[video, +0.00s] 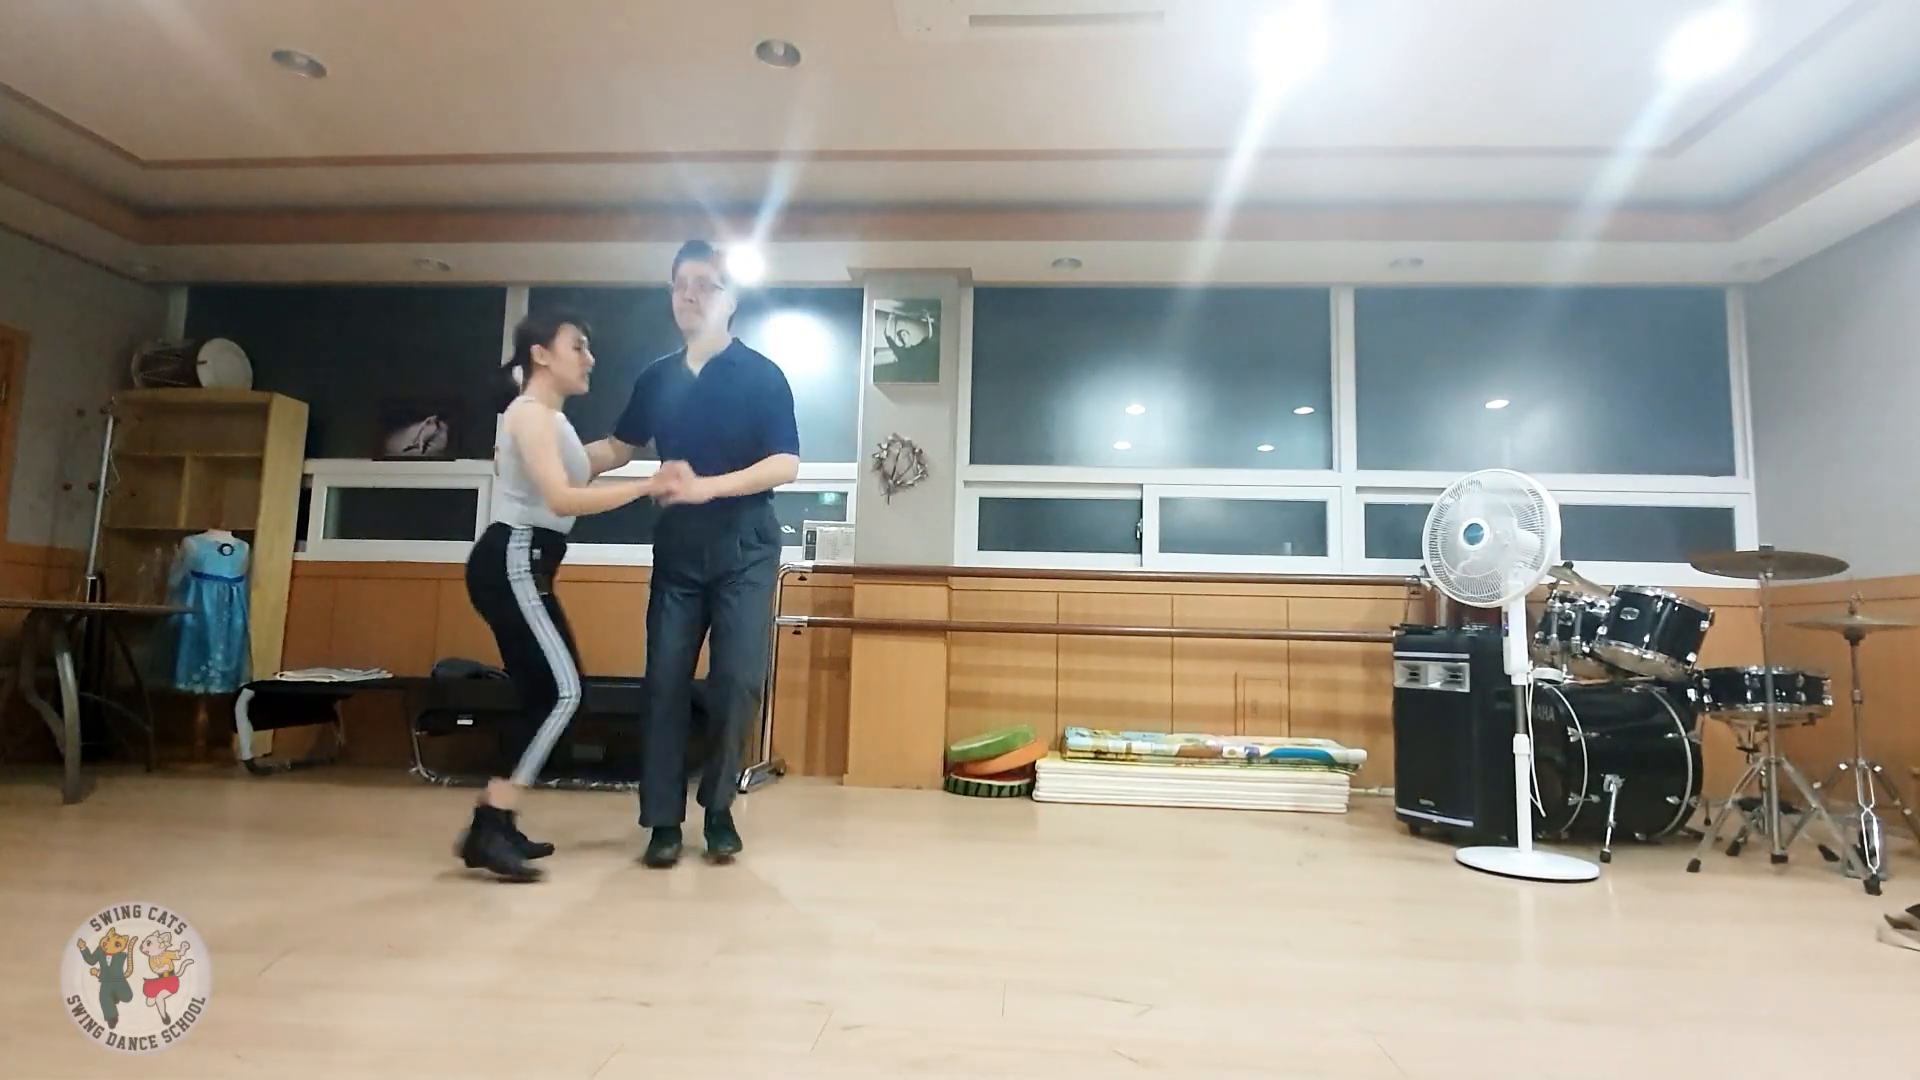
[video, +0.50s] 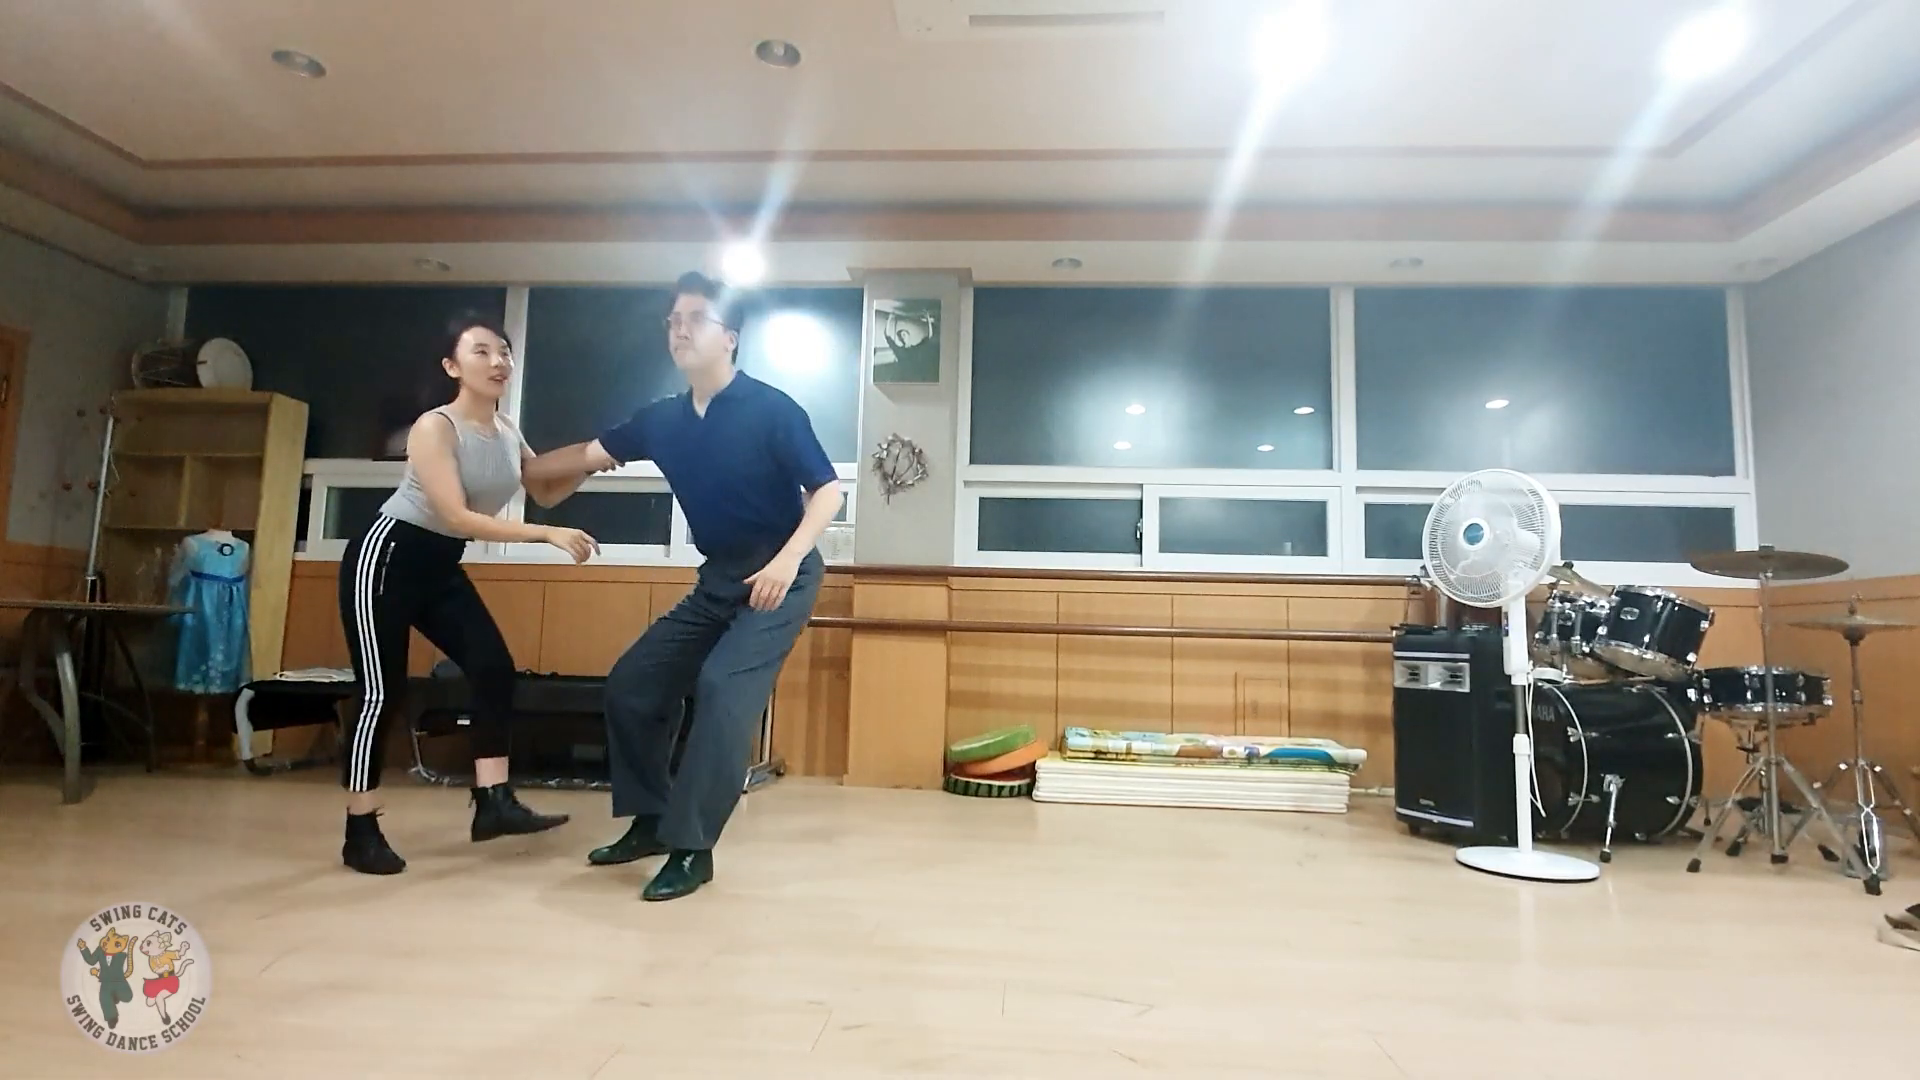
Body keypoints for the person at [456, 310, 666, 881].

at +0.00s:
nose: (590, 358)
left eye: (588, 348)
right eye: (578, 348)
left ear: (552, 359)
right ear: (541, 356)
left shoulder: (549, 416)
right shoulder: (530, 415)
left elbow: (581, 473)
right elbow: (562, 498)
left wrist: (652, 472)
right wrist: (644, 489)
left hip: (523, 562)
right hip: (510, 563)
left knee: (546, 693)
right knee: (564, 692)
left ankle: (497, 820)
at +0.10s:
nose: (562, 363)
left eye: (561, 353)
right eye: (548, 352)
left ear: (536, 364)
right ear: (511, 359)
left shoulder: (532, 426)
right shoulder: (497, 421)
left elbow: (562, 491)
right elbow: (539, 508)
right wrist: (632, 515)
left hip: (513, 571)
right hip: (478, 568)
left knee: (533, 693)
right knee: (512, 701)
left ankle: (489, 826)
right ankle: (413, 815)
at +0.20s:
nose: (532, 367)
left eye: (536, 359)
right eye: (518, 356)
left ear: (536, 372)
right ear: (483, 364)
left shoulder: (514, 432)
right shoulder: (463, 427)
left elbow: (534, 501)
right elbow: (502, 515)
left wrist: (596, 468)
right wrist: (593, 531)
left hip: (490, 575)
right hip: (444, 572)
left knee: (519, 688)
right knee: (452, 709)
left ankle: (488, 827)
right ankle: (374, 823)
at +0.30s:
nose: (510, 364)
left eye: (515, 356)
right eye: (495, 354)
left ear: (521, 369)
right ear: (463, 363)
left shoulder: (506, 430)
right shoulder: (441, 425)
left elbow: (537, 490)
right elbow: (468, 514)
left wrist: (602, 459)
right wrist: (560, 532)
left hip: (461, 573)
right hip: (411, 568)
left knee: (509, 685)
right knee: (417, 702)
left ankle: (490, 824)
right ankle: (366, 830)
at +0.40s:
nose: (499, 362)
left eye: (505, 354)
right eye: (484, 351)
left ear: (510, 366)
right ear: (453, 361)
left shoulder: (505, 433)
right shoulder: (430, 424)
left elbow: (542, 487)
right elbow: (453, 514)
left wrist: (594, 458)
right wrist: (545, 530)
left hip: (444, 569)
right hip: (390, 560)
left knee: (500, 677)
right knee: (394, 696)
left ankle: (491, 812)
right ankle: (363, 830)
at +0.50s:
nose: (498, 361)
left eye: (504, 353)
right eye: (482, 351)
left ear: (511, 366)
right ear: (453, 365)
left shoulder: (507, 432)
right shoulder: (434, 428)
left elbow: (545, 488)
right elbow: (455, 518)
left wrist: (593, 459)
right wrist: (546, 532)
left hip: (439, 567)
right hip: (385, 557)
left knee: (493, 667)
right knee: (381, 692)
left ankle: (494, 805)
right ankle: (361, 828)